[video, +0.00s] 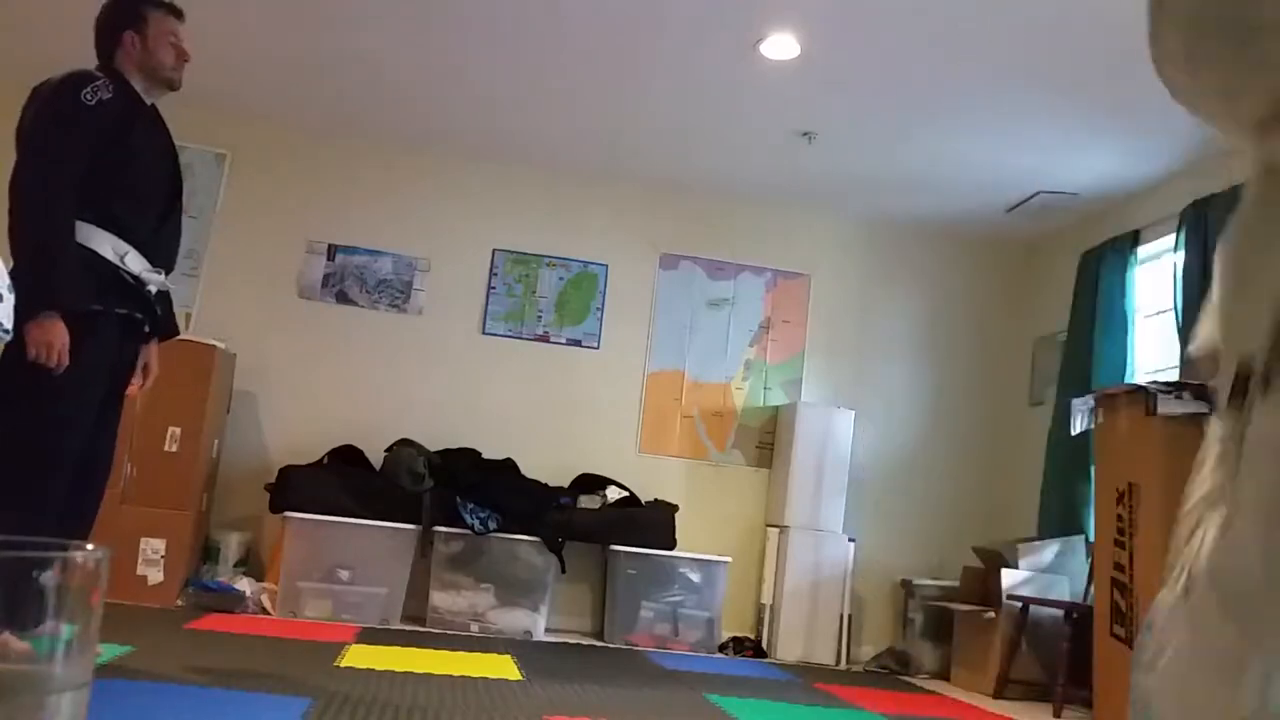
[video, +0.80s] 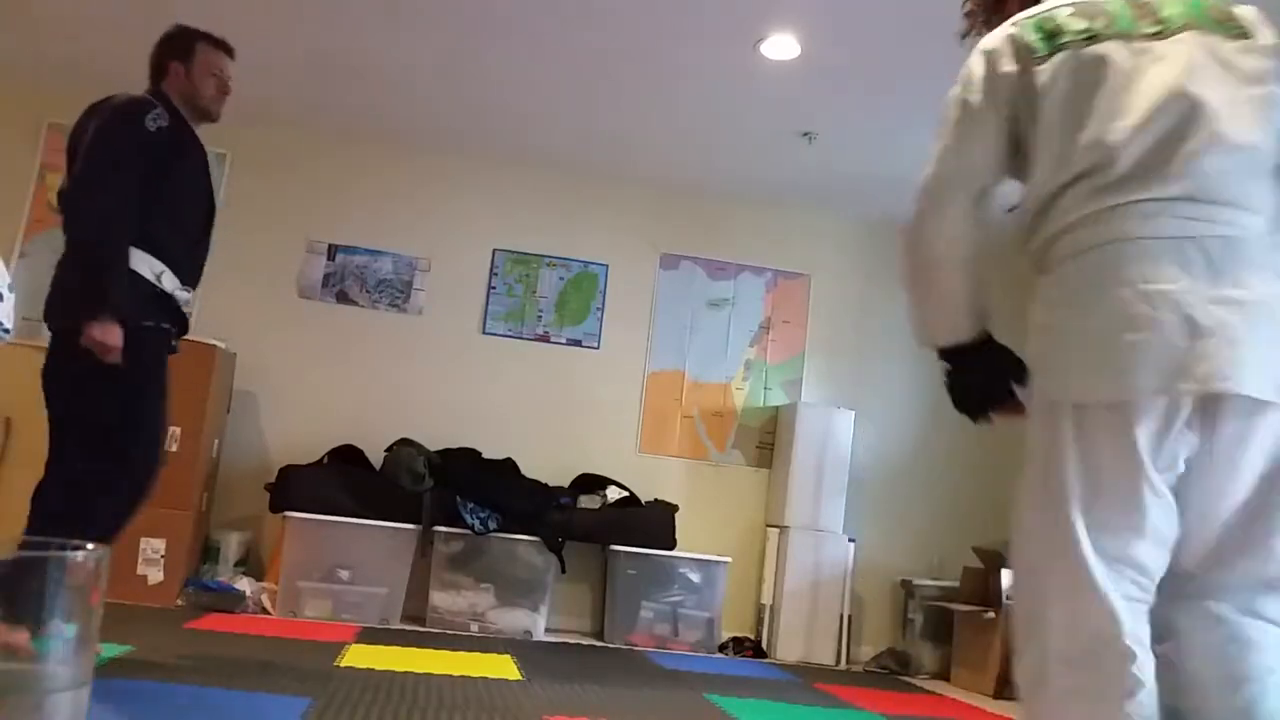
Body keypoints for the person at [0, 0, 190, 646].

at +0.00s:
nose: (186, 52)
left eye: (185, 41)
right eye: (174, 39)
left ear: (142, 46)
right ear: (131, 43)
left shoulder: (153, 130)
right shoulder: (75, 95)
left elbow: (148, 241)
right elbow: (39, 204)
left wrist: (149, 330)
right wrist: (41, 307)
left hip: (113, 332)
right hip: (62, 323)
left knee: (82, 477)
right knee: (36, 470)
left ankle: (42, 617)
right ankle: (10, 618)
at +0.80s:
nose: (227, 89)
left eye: (230, 80)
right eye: (217, 75)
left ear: (190, 80)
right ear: (175, 71)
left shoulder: (173, 138)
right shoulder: (137, 120)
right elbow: (104, 212)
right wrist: (102, 310)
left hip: (131, 330)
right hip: (114, 328)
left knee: (90, 466)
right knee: (123, 465)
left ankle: (38, 605)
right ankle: (28, 601)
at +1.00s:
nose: (252, 107)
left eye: (255, 99)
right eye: (243, 94)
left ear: (213, 94)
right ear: (204, 86)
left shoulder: (203, 152)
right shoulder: (163, 130)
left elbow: (170, 246)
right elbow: (122, 220)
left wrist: (176, 325)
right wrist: (122, 319)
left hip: (137, 330)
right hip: (151, 332)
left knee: (83, 475)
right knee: (188, 469)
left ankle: (28, 617)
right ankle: (135, 625)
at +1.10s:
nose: (269, 117)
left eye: (273, 108)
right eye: (261, 103)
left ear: (226, 102)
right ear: (222, 94)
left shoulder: (209, 153)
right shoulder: (187, 137)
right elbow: (143, 220)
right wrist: (134, 319)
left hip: (131, 332)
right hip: (169, 337)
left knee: (83, 480)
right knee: (197, 484)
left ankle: (25, 618)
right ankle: (205, 638)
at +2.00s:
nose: (377, 156)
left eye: (379, 144)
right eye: (372, 139)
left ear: (324, 131)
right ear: (336, 127)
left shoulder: (261, 169)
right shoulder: (321, 170)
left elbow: (283, 272)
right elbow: (326, 263)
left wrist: (354, 312)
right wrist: (400, 315)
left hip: (221, 330)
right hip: (277, 333)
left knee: (211, 478)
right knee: (306, 485)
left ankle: (170, 629)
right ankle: (240, 636)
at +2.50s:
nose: (432, 184)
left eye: (438, 173)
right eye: (431, 169)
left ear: (385, 155)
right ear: (401, 155)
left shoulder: (323, 188)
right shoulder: (388, 195)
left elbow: (361, 280)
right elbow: (404, 282)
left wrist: (430, 267)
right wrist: (475, 279)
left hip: (272, 344)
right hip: (337, 355)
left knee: (248, 487)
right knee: (377, 505)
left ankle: (170, 616)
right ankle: (368, 654)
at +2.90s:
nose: (434, 196)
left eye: (437, 186)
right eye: (432, 182)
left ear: (390, 167)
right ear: (402, 166)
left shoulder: (324, 199)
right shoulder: (385, 204)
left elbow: (358, 289)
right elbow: (389, 292)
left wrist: (427, 265)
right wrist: (458, 277)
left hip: (271, 354)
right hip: (335, 360)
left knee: (229, 490)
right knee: (401, 493)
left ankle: (141, 628)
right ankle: (397, 647)